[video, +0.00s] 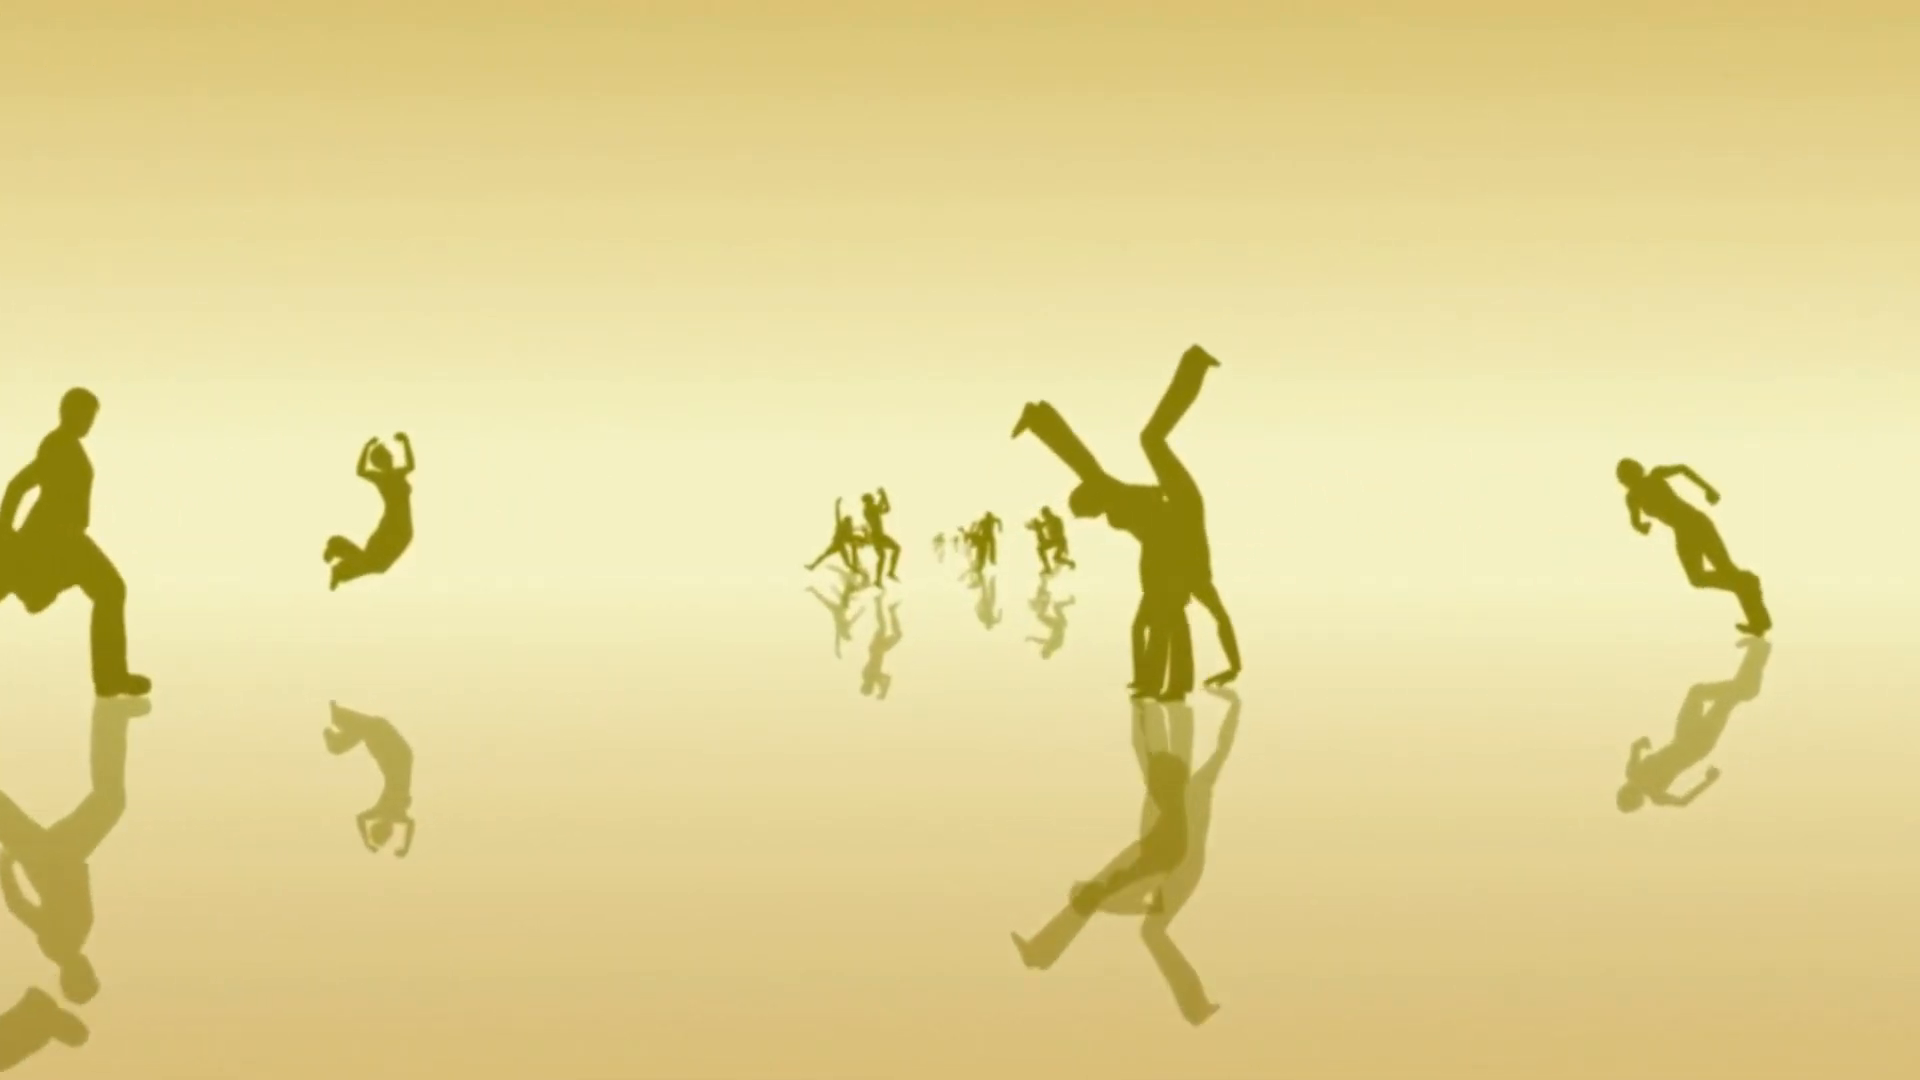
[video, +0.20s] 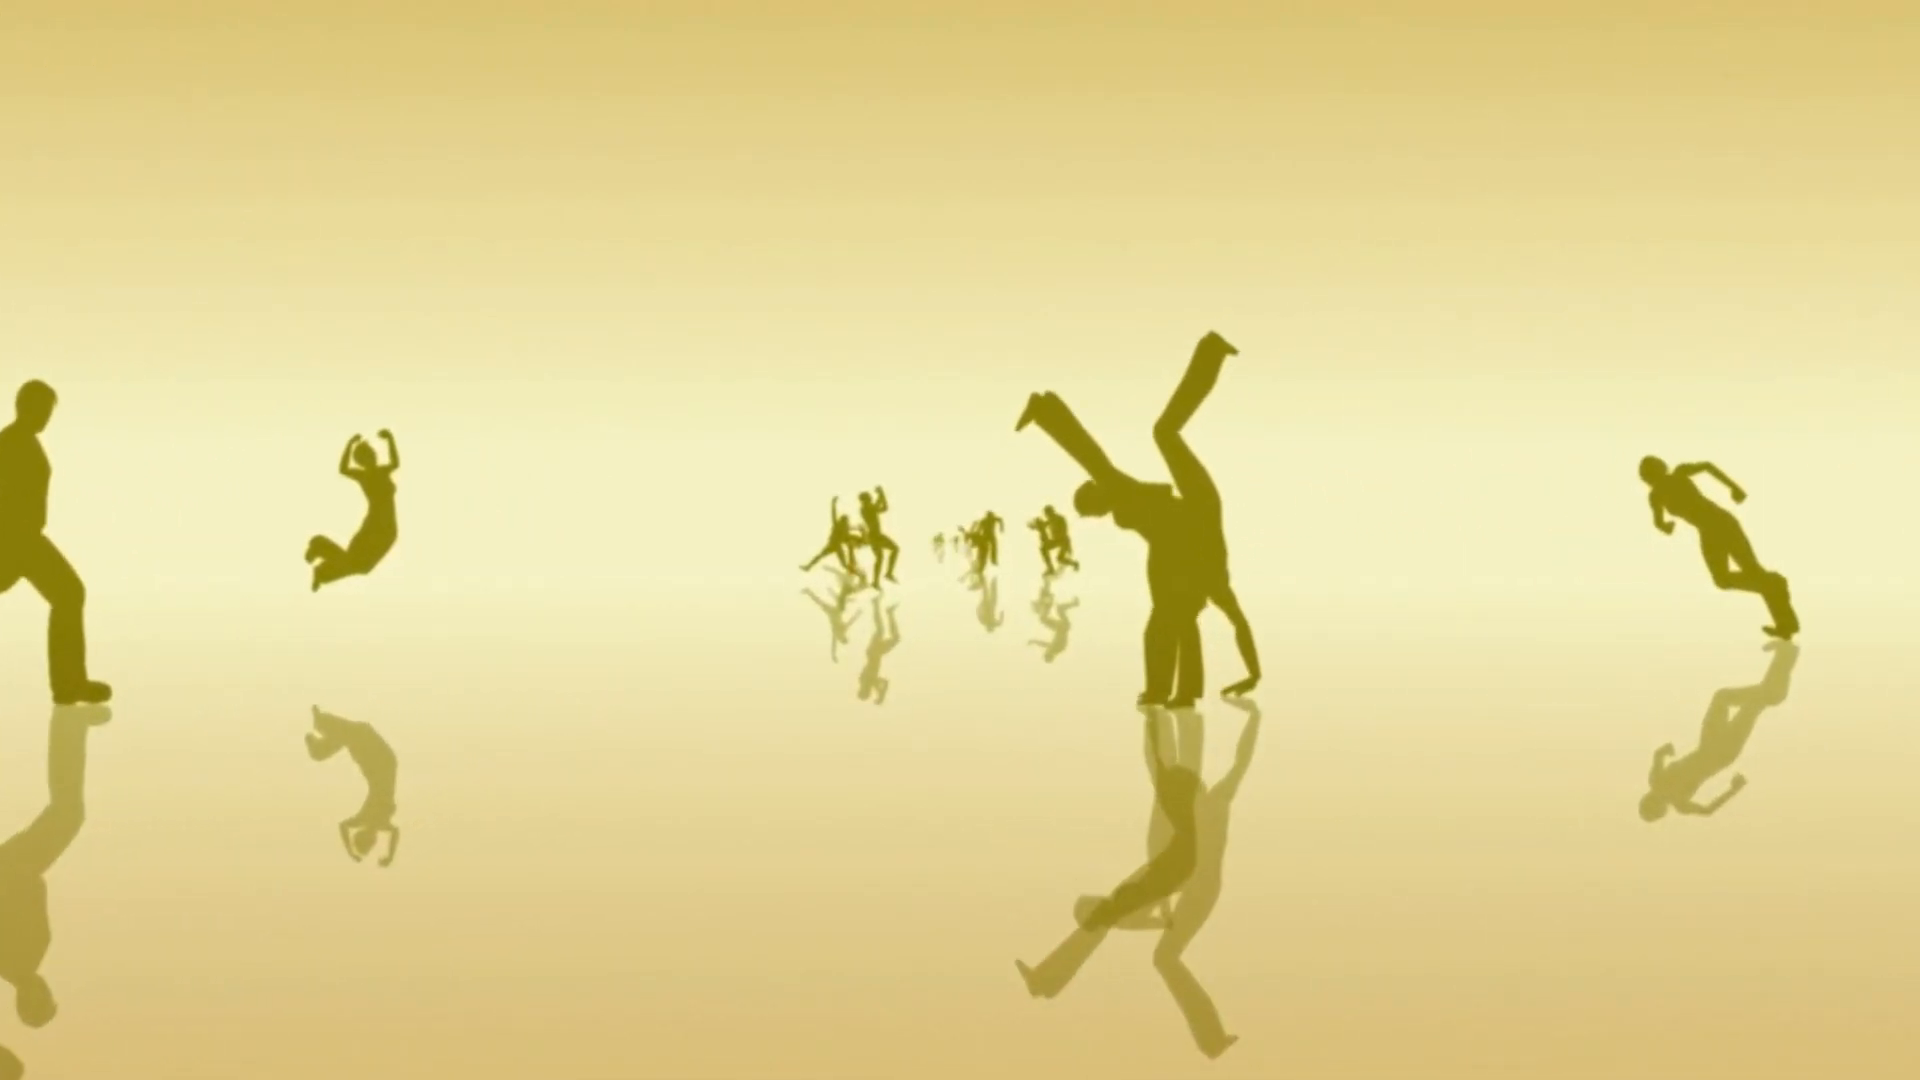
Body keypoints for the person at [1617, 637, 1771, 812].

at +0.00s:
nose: (1635, 802)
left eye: (1631, 801)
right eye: (1633, 804)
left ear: (1627, 790)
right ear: (1635, 801)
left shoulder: (1633, 774)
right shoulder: (1656, 796)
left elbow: (1634, 752)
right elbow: (1682, 802)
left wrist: (1640, 745)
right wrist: (1708, 782)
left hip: (1683, 737)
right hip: (1698, 747)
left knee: (1695, 693)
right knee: (1727, 702)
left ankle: (1738, 688)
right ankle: (1758, 650)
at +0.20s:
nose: (1660, 813)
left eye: (1655, 812)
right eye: (1657, 815)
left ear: (1651, 801)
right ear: (1659, 810)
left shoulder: (1656, 782)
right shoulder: (1681, 804)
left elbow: (1657, 759)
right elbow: (1707, 811)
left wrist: (1663, 751)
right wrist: (1734, 790)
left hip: (1708, 744)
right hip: (1724, 753)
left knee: (1720, 698)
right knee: (1755, 706)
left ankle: (1765, 692)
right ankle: (1786, 652)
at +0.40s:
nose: (1685, 821)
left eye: (1680, 821)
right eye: (1682, 823)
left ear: (1675, 809)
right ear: (1684, 819)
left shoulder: (1681, 791)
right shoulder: (1706, 814)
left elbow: (1682, 768)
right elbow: (1733, 820)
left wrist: (1688, 759)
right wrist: (1761, 799)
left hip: (1734, 751)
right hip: (1750, 762)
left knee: (1747, 704)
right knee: (1784, 710)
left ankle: (1792, 698)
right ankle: (1815, 658)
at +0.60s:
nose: (1710, 831)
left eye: (1705, 830)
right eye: (1708, 833)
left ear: (1701, 818)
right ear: (1710, 830)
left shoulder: (1707, 799)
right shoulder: (1733, 824)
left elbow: (1709, 776)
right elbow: (1761, 830)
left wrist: (1715, 767)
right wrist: (1790, 808)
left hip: (1763, 758)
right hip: (1780, 769)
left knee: (1776, 709)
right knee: (1813, 717)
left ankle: (1823, 703)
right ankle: (1846, 663)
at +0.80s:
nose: (1738, 841)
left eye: (1733, 839)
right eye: (1735, 843)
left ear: (1729, 827)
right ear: (1738, 841)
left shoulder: (1736, 809)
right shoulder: (1762, 834)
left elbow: (1737, 785)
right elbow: (1792, 840)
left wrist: (1743, 775)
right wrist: (1821, 819)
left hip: (1793, 767)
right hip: (1810, 778)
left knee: (1807, 716)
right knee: (1845, 723)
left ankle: (1857, 709)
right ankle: (1879, 667)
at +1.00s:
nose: (1767, 846)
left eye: (1762, 846)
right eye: (1766, 850)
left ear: (1758, 838)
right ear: (1769, 850)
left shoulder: (1765, 818)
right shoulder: (1793, 845)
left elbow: (1767, 789)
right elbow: (1824, 853)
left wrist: (1776, 783)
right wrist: (1855, 828)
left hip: (1826, 773)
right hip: (1845, 787)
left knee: (1840, 722)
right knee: (1879, 729)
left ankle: (1890, 716)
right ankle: (1911, 666)